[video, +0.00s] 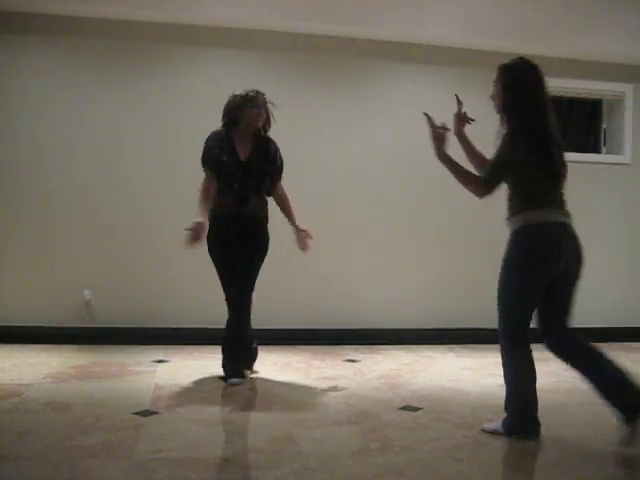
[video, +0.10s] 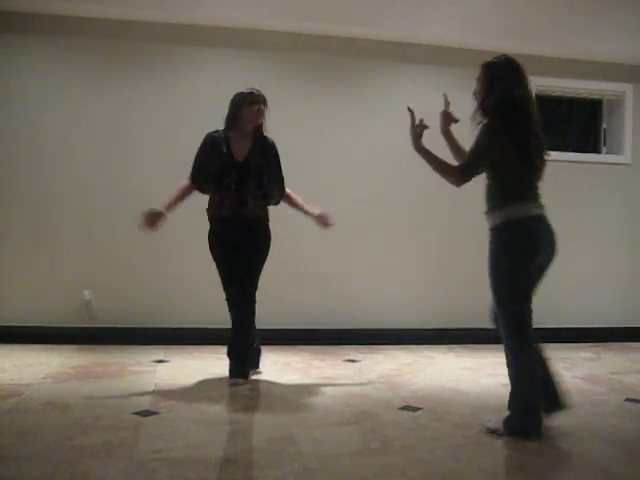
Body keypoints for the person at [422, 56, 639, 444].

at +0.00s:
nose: (492, 93)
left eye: (496, 86)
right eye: (494, 85)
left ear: (510, 93)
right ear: (533, 92)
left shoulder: (518, 135)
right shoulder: (545, 132)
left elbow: (483, 186)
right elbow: (494, 171)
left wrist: (442, 153)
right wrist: (463, 137)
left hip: (530, 242)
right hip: (564, 241)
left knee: (512, 332)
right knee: (556, 333)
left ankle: (521, 421)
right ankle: (631, 402)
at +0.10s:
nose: (475, 89)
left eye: (479, 82)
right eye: (477, 82)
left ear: (492, 88)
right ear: (516, 87)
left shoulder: (498, 127)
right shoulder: (526, 125)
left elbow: (459, 175)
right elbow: (476, 164)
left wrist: (419, 147)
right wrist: (448, 135)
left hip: (511, 237)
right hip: (536, 233)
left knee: (514, 326)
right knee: (507, 317)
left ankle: (523, 420)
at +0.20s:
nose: (460, 99)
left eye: (464, 93)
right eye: (463, 92)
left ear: (472, 100)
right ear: (501, 100)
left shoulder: (475, 135)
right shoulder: (505, 135)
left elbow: (444, 186)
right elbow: (463, 179)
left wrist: (411, 161)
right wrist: (438, 152)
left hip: (490, 243)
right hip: (513, 239)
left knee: (506, 333)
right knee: (466, 309)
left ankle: (526, 420)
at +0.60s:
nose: (395, 99)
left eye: (401, 94)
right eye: (397, 93)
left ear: (415, 99)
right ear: (417, 99)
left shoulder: (423, 124)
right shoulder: (415, 125)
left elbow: (411, 141)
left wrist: (393, 112)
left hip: (424, 223)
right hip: (407, 223)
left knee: (426, 296)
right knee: (407, 297)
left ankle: (435, 368)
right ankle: (416, 366)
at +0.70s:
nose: (392, 110)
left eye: (397, 104)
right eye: (392, 104)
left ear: (410, 105)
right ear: (405, 105)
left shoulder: (424, 135)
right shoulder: (405, 131)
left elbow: (400, 125)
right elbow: (390, 121)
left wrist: (381, 115)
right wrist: (380, 115)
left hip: (415, 229)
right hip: (391, 227)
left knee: (415, 298)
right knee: (387, 294)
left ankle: (427, 370)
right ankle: (394, 357)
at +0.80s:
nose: (384, 121)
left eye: (389, 116)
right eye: (384, 116)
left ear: (405, 119)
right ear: (394, 120)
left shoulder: (415, 150)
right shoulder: (398, 147)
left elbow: (389, 141)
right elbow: (379, 139)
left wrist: (360, 131)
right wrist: (358, 132)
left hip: (404, 240)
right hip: (382, 237)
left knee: (410, 307)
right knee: (368, 295)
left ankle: (428, 371)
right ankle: (362, 353)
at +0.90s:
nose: (378, 129)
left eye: (383, 124)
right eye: (377, 124)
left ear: (398, 129)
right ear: (377, 129)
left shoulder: (405, 163)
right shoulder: (383, 158)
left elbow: (380, 181)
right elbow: (355, 154)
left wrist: (346, 165)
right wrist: (369, 125)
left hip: (388, 240)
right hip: (370, 239)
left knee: (401, 306)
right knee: (355, 296)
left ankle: (430, 371)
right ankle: (351, 354)